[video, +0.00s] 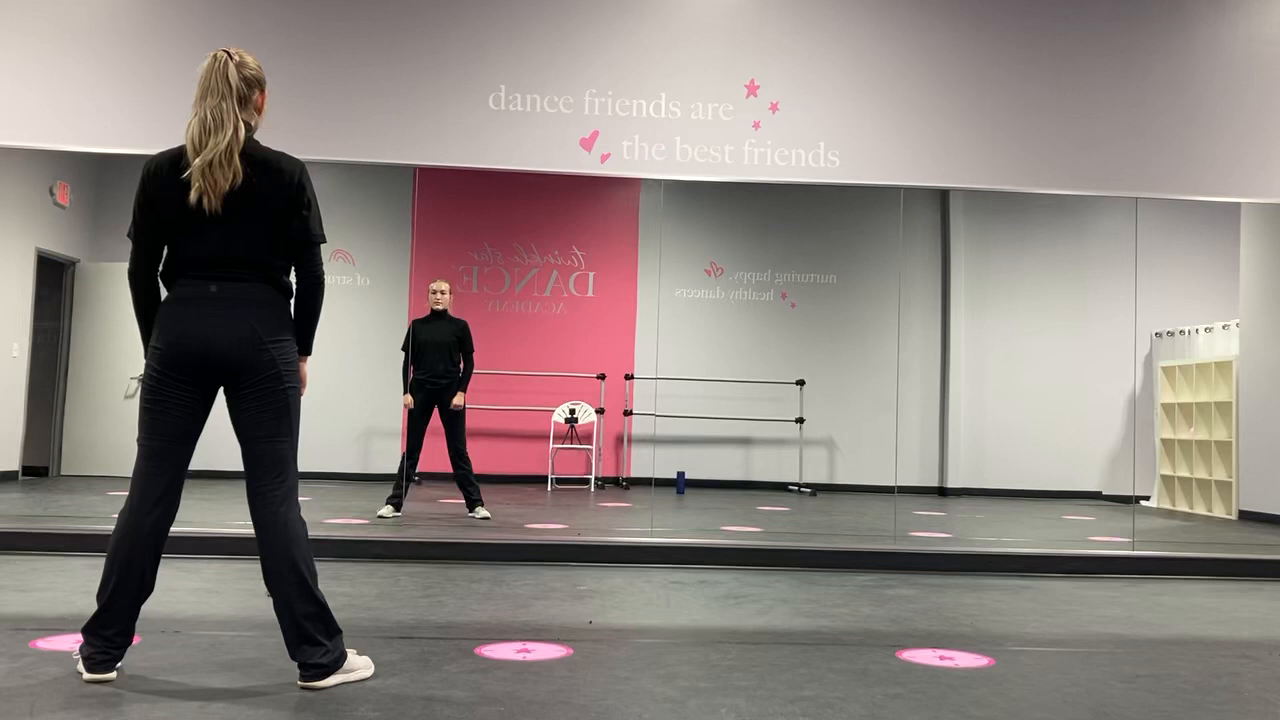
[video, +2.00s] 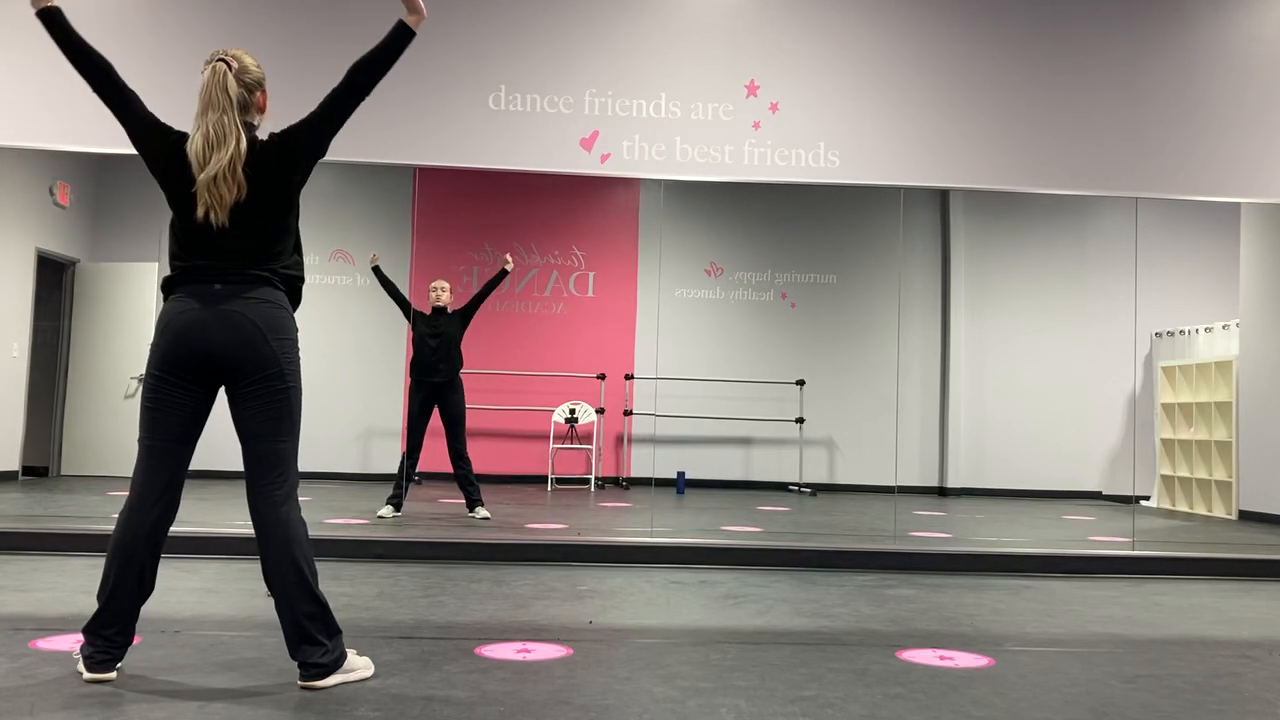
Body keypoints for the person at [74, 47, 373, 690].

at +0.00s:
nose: (268, 105)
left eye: (264, 95)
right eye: (266, 96)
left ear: (202, 96)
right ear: (254, 99)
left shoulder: (162, 169)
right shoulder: (285, 173)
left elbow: (141, 271)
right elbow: (312, 274)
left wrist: (157, 349)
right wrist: (301, 348)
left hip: (180, 328)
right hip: (261, 329)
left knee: (150, 490)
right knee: (275, 497)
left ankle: (101, 649)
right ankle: (319, 656)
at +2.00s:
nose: (268, 99)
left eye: (262, 88)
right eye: (265, 89)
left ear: (205, 97)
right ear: (257, 98)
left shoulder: (176, 157)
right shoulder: (283, 156)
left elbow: (114, 91)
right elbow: (349, 91)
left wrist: (47, 11)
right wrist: (410, 23)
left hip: (183, 321)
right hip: (263, 322)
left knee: (151, 488)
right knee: (275, 496)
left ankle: (102, 648)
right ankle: (319, 657)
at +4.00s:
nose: (256, 102)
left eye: (253, 92)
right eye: (254, 93)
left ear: (191, 94)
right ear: (245, 97)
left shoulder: (153, 164)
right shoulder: (276, 163)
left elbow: (147, 255)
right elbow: (297, 260)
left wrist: (176, 298)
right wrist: (256, 302)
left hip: (165, 323)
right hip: (249, 323)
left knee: (139, 488)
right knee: (280, 493)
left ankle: (97, 649)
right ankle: (321, 656)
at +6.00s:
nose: (276, 109)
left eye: (271, 99)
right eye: (273, 100)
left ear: (211, 101)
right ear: (263, 105)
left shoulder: (178, 167)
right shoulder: (289, 164)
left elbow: (170, 235)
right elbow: (315, 235)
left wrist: (249, 228)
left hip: (177, 326)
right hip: (259, 327)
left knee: (148, 489)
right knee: (286, 497)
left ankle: (100, 650)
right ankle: (338, 659)